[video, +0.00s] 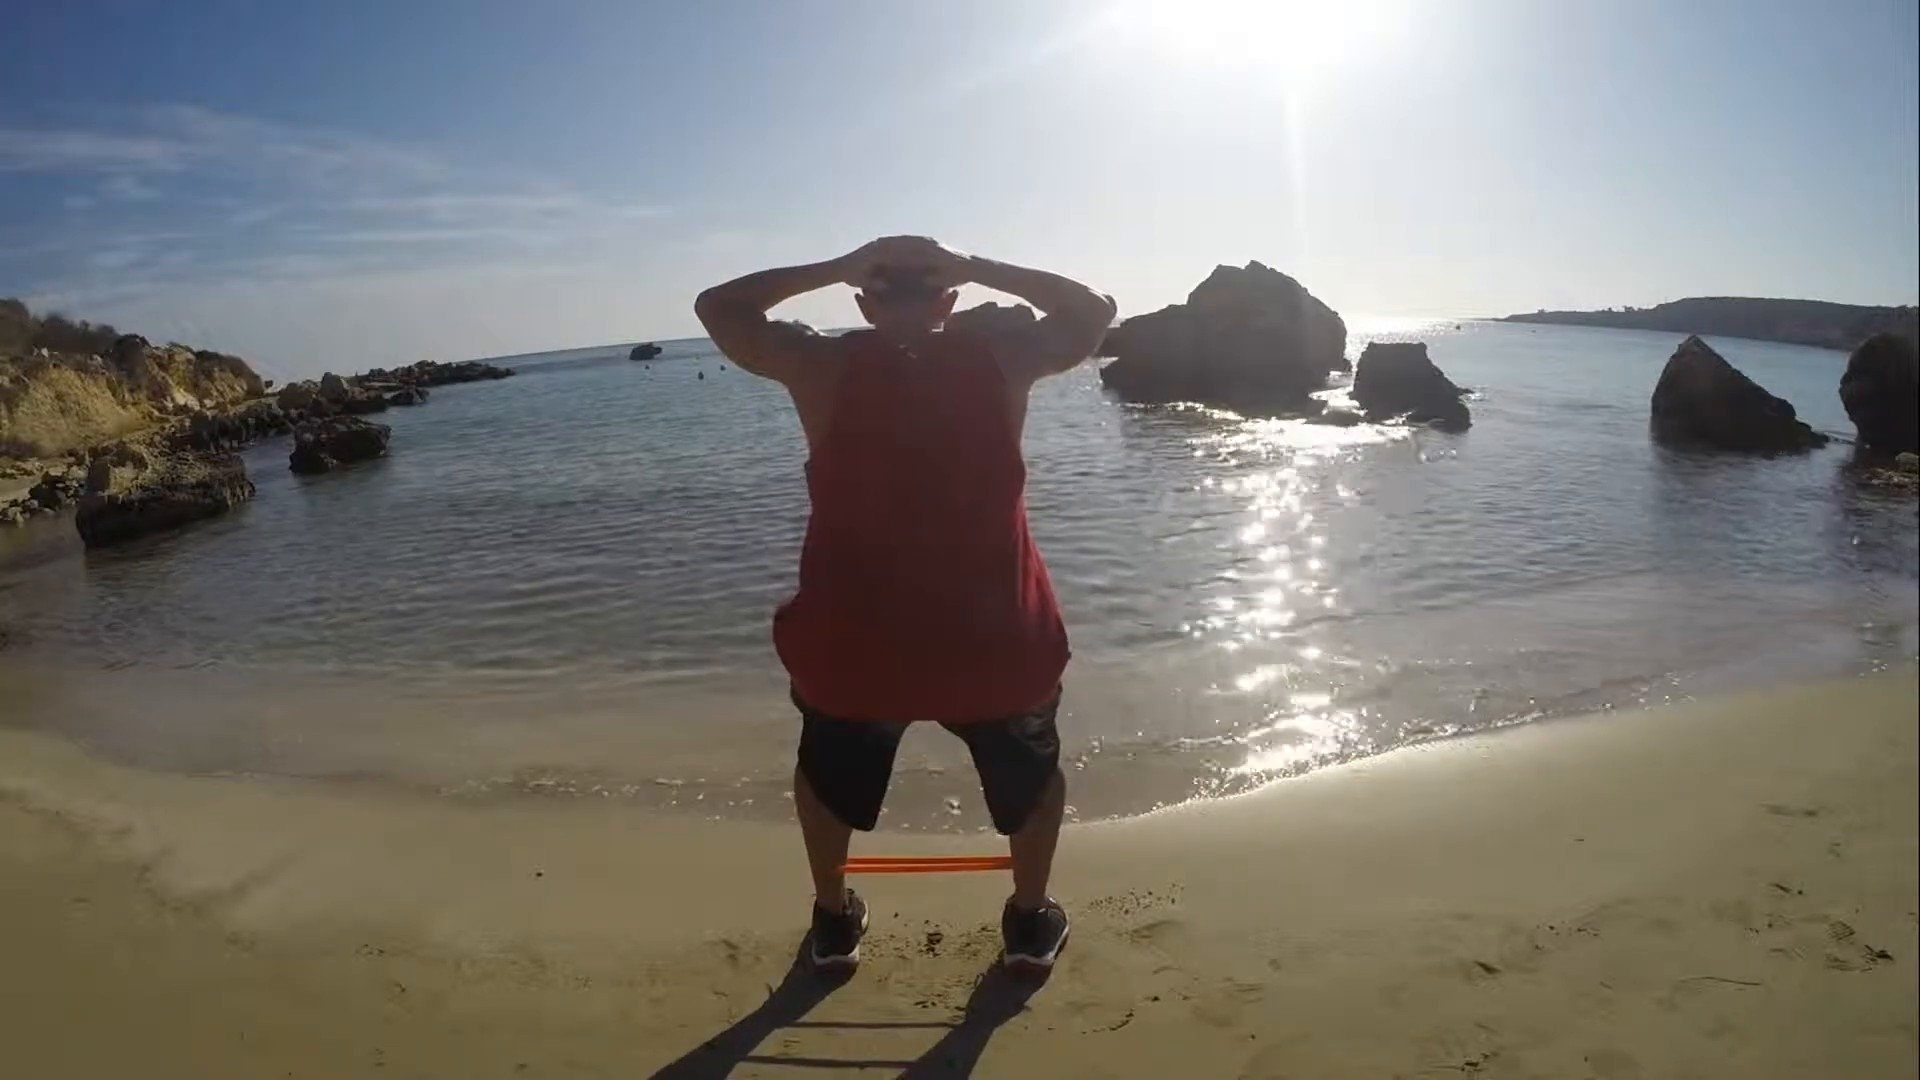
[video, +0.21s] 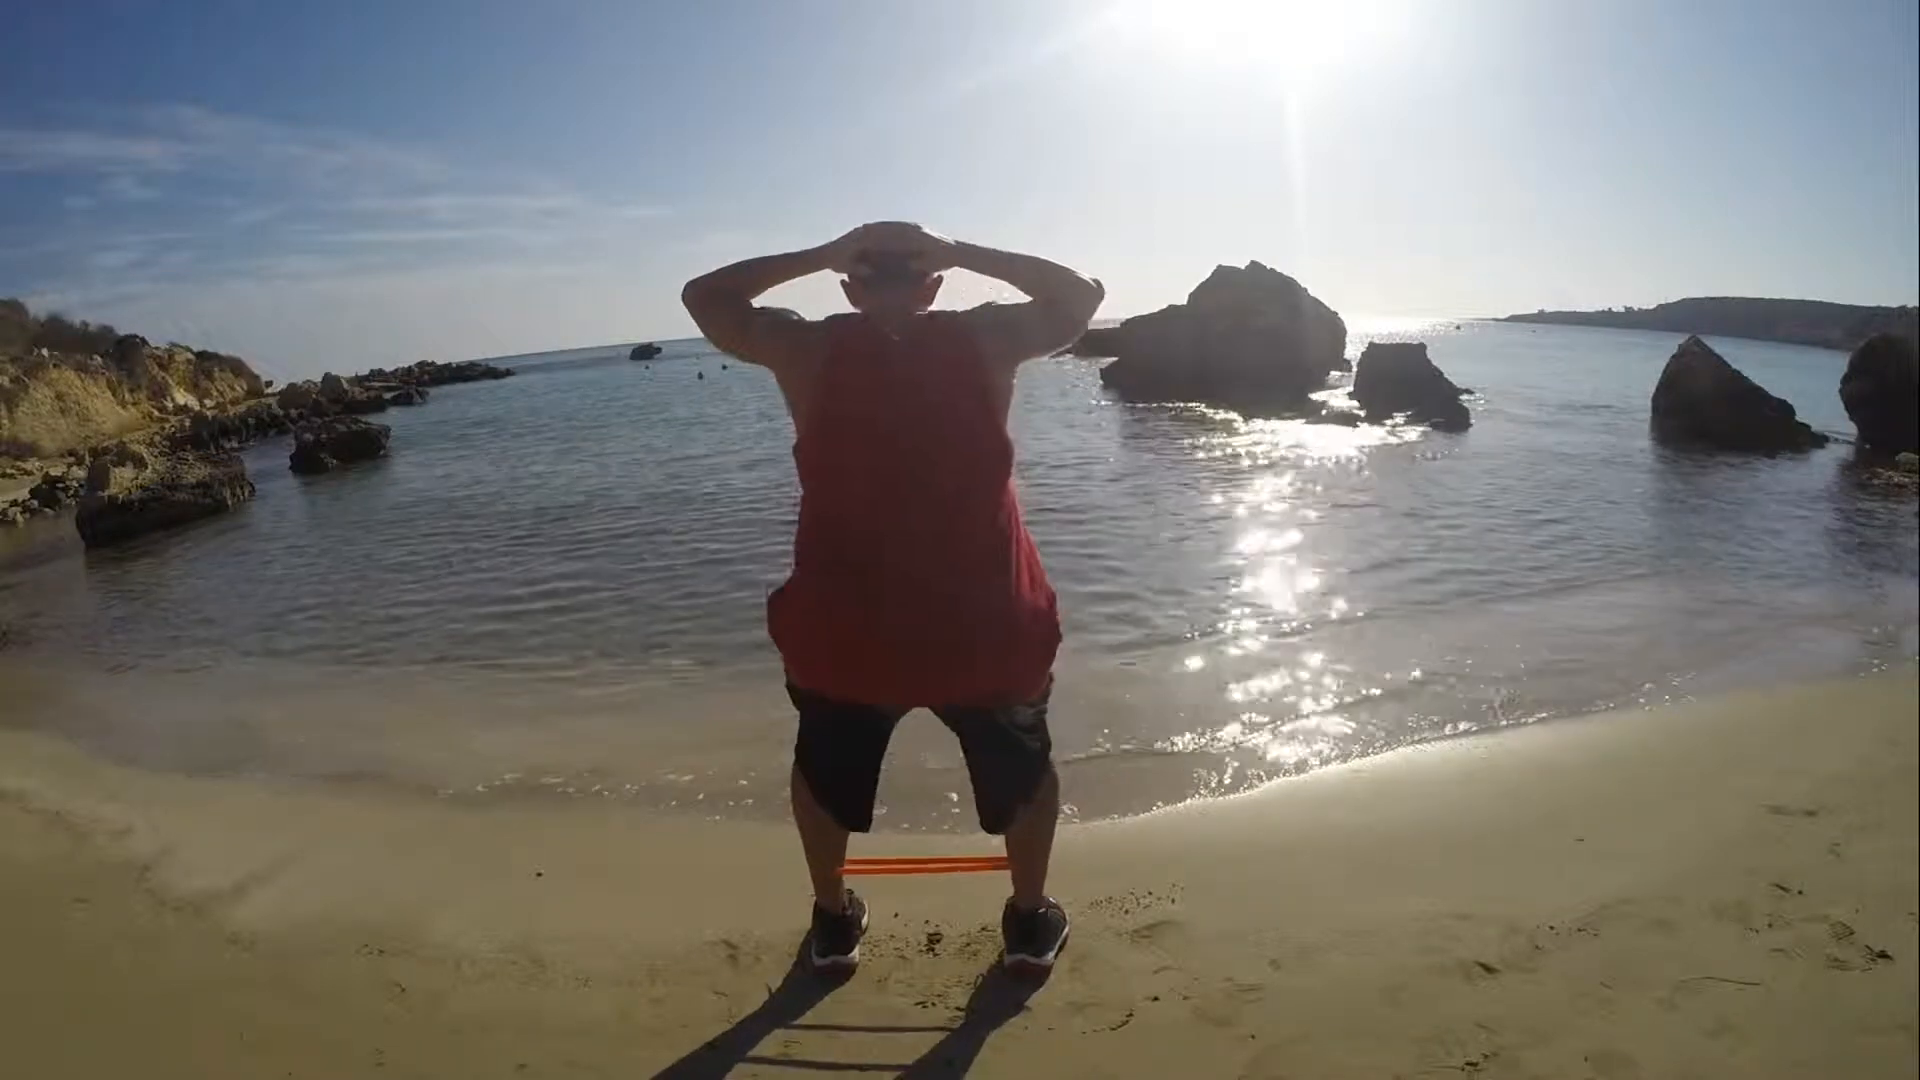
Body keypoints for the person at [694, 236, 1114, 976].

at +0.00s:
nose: (898, 289)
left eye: (894, 279)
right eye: (899, 278)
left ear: (863, 297)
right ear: (950, 294)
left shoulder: (817, 363)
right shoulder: (998, 357)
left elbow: (718, 307)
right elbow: (1089, 312)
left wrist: (834, 269)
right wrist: (974, 266)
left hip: (856, 636)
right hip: (989, 632)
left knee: (829, 768)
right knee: (1029, 770)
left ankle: (832, 916)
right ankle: (1029, 917)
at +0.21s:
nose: (880, 274)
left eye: (882, 263)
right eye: (880, 262)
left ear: (848, 280)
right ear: (936, 279)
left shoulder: (804, 349)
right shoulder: (987, 338)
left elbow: (705, 296)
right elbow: (1077, 296)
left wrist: (820, 256)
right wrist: (962, 252)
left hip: (847, 621)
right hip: (981, 616)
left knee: (824, 766)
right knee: (1022, 766)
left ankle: (830, 916)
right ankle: (1029, 914)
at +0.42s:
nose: (869, 241)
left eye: (868, 229)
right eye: (873, 228)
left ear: (833, 242)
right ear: (919, 242)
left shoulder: (791, 311)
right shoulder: (970, 296)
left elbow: (695, 271)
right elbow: (1067, 249)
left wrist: (806, 224)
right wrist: (945, 214)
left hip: (852, 580)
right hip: (998, 567)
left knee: (834, 760)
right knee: (1077, 731)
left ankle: (831, 919)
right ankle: (1095, 890)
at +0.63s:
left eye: (875, 214)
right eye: (912, 209)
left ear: (854, 234)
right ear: (939, 231)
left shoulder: (811, 302)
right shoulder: (989, 283)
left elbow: (712, 265)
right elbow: (1090, 233)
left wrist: (821, 213)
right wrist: (961, 202)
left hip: (881, 576)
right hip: (1031, 556)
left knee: (850, 758)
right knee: (1151, 727)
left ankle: (836, 918)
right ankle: (1227, 873)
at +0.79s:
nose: (929, 247)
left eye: (930, 234)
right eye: (934, 232)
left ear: (913, 250)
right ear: (998, 247)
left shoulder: (873, 322)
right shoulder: (1052, 304)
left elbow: (764, 278)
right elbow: (1147, 251)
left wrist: (881, 228)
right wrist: (1019, 217)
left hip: (934, 596)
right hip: (1083, 590)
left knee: (868, 771)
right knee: (1179, 764)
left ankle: (838, 916)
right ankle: (1253, 904)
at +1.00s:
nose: (1034, 246)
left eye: (1036, 231)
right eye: (1037, 229)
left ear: (1028, 240)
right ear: (1105, 235)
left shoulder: (999, 312)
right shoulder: (1167, 293)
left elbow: (866, 270)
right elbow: (1247, 243)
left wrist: (990, 221)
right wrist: (1127, 210)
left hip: (1036, 578)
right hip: (1179, 579)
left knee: (936, 743)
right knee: (1232, 748)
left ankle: (873, 896)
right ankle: (1257, 907)